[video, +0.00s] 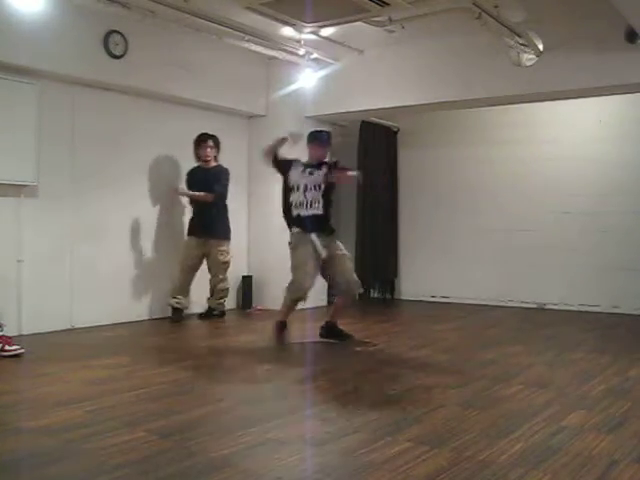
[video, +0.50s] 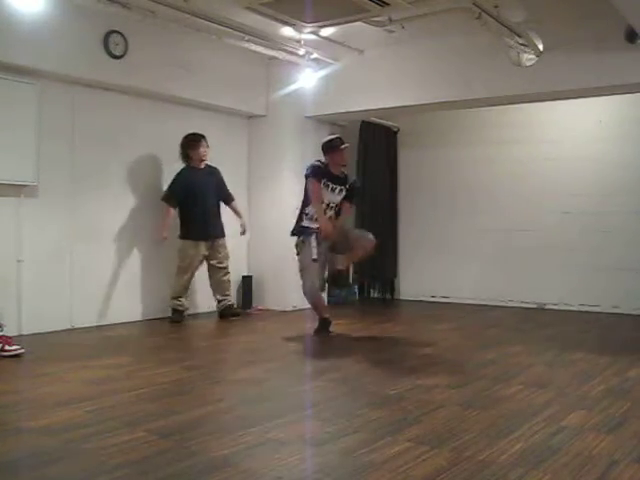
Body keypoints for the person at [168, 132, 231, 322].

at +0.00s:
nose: (207, 151)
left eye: (211, 147)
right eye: (203, 147)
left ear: (216, 151)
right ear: (196, 151)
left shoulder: (222, 172)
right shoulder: (192, 173)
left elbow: (216, 197)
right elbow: (194, 200)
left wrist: (189, 194)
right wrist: (195, 204)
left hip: (218, 230)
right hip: (197, 228)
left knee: (219, 272)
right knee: (186, 270)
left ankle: (217, 306)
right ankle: (178, 306)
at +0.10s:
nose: (202, 152)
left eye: (205, 148)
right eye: (197, 148)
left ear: (209, 151)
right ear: (189, 151)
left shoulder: (217, 173)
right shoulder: (184, 174)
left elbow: (216, 199)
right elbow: (179, 204)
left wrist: (188, 195)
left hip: (215, 230)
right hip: (192, 228)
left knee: (217, 272)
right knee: (184, 270)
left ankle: (216, 306)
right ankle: (178, 307)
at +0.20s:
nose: (195, 150)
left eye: (198, 147)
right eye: (189, 148)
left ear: (202, 149)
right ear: (182, 153)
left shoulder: (212, 172)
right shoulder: (178, 177)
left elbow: (221, 197)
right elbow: (166, 204)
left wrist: (203, 208)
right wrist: (162, 229)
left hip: (214, 232)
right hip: (190, 232)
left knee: (216, 272)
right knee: (183, 271)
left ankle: (213, 306)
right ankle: (178, 307)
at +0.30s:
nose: (194, 151)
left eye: (196, 147)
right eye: (189, 148)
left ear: (200, 149)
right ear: (180, 154)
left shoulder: (210, 172)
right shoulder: (177, 178)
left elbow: (216, 201)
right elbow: (160, 204)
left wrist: (219, 224)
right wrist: (155, 230)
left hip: (213, 231)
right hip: (191, 233)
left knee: (216, 271)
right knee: (183, 272)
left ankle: (214, 307)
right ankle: (178, 307)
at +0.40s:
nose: (197, 151)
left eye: (198, 147)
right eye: (191, 149)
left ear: (202, 148)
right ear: (182, 154)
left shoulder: (211, 172)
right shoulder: (178, 177)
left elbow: (221, 201)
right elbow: (164, 206)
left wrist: (232, 225)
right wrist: (153, 231)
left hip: (215, 234)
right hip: (190, 235)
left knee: (218, 272)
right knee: (182, 274)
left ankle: (221, 306)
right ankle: (178, 308)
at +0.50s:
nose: (204, 151)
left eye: (206, 147)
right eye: (199, 148)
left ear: (208, 149)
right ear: (189, 152)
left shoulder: (213, 173)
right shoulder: (183, 176)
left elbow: (227, 198)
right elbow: (170, 204)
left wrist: (241, 217)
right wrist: (165, 229)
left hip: (216, 233)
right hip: (192, 235)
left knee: (221, 270)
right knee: (185, 273)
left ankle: (225, 305)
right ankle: (178, 307)